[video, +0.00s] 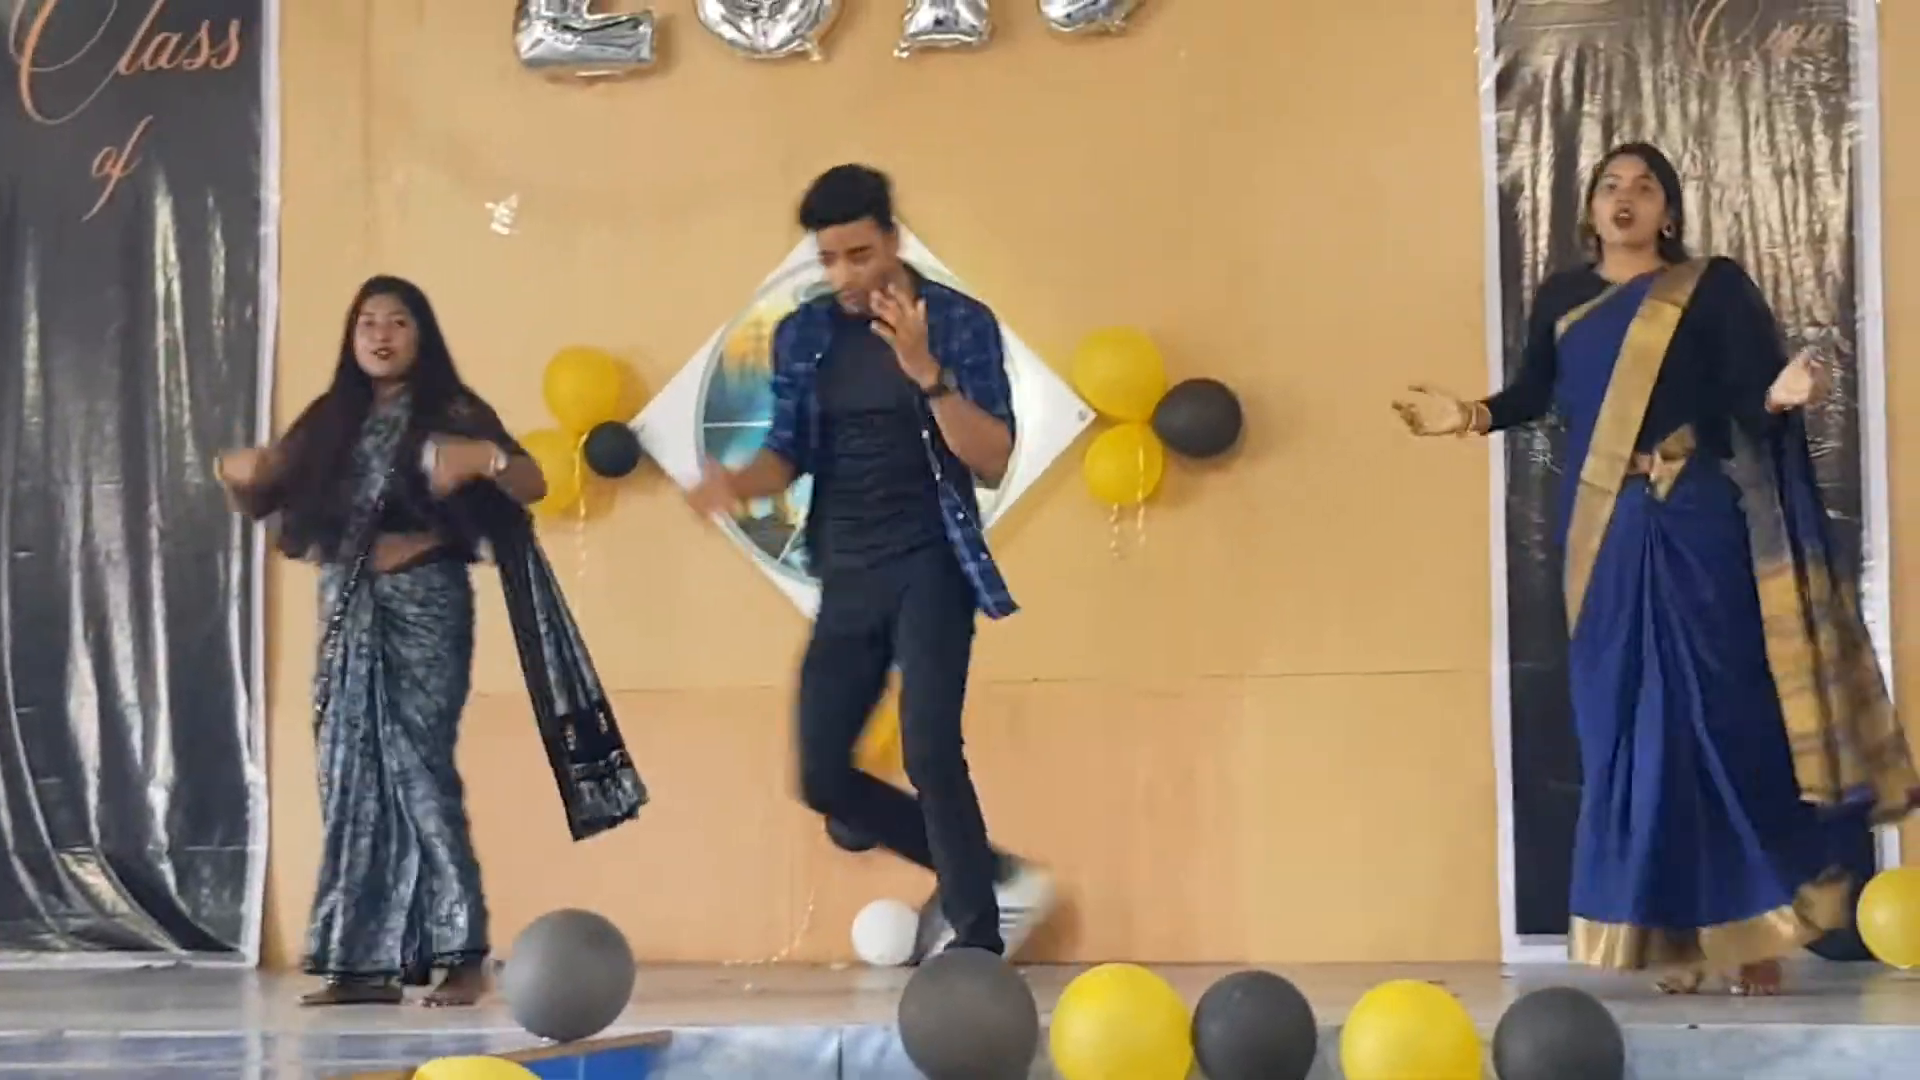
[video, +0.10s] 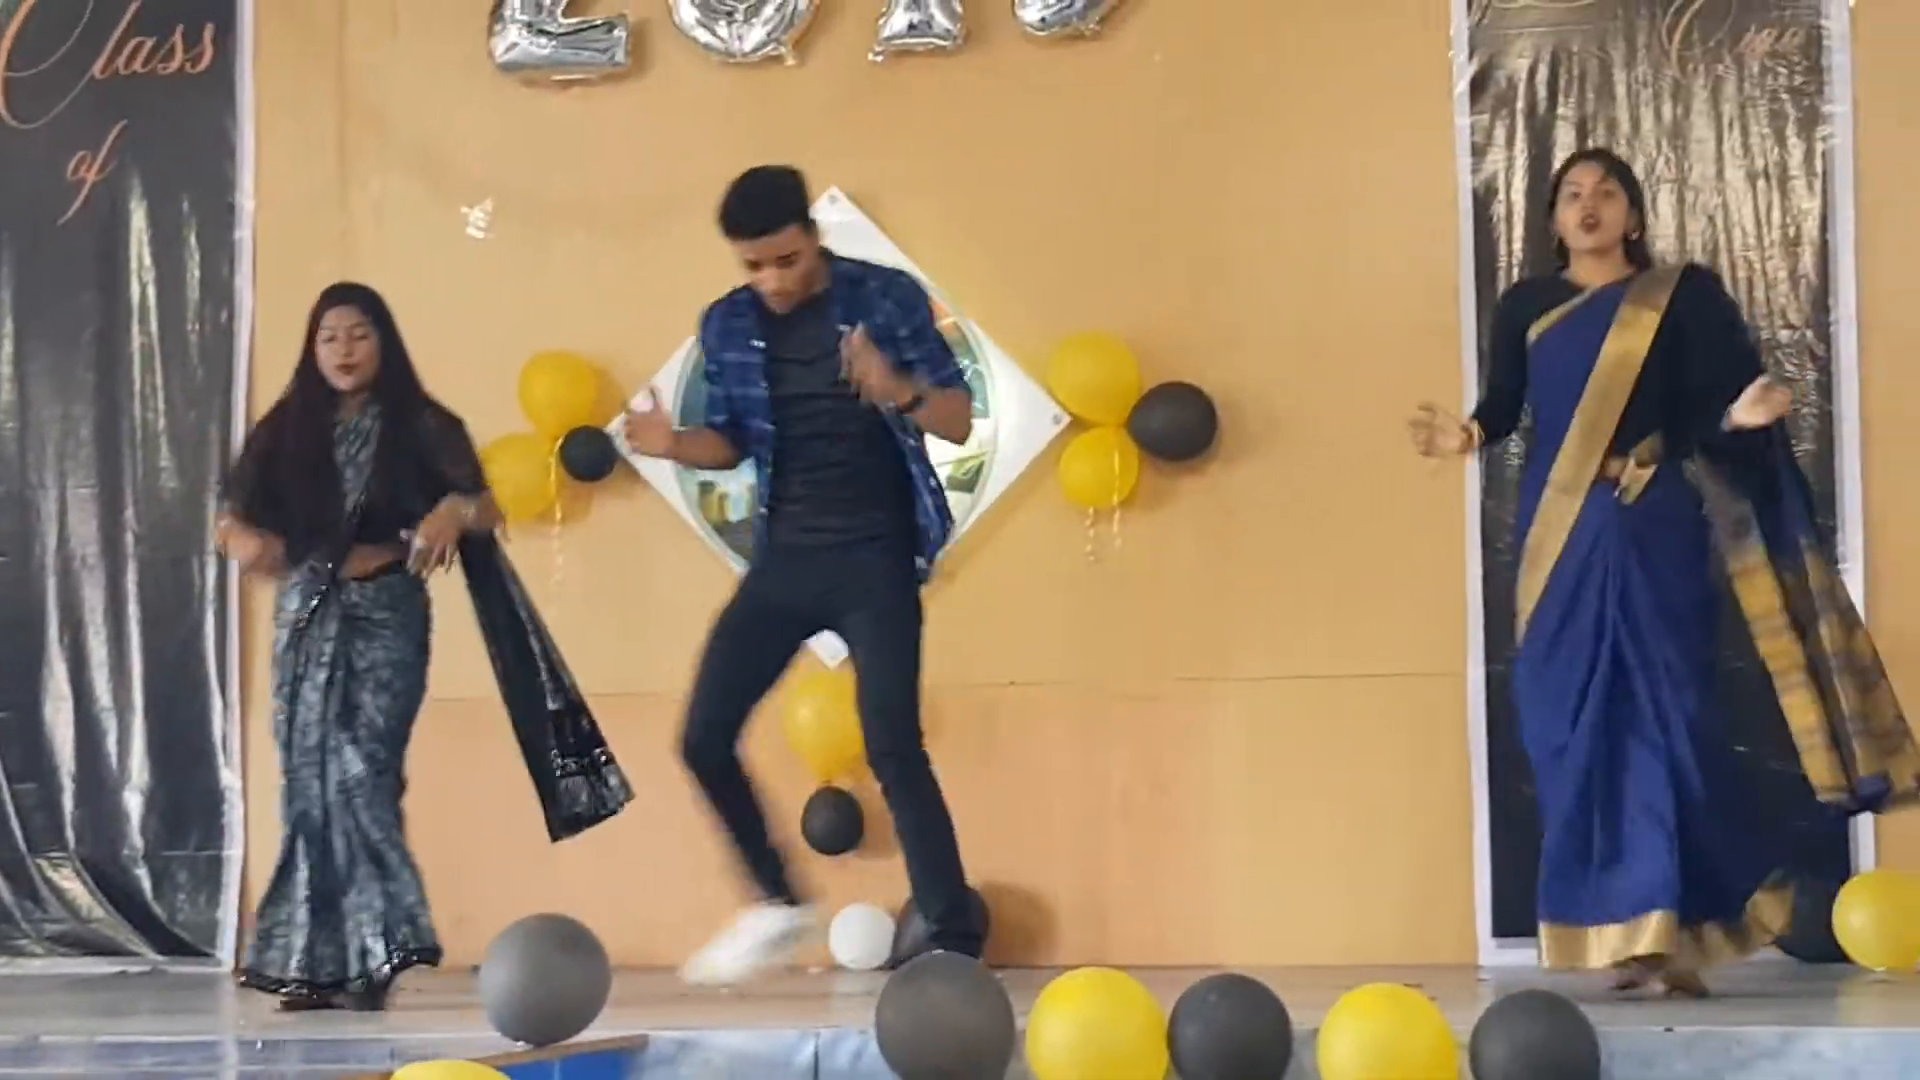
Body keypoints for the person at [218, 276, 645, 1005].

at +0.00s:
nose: (380, 335)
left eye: (396, 324)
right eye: (368, 324)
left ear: (423, 336)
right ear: (351, 336)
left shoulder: (456, 413)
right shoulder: (331, 419)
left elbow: (532, 485)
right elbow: (272, 504)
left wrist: (485, 459)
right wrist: (246, 482)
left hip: (428, 606)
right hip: (349, 609)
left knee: (419, 768)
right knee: (350, 774)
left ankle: (460, 951)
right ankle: (367, 962)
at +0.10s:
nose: (344, 349)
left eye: (358, 335)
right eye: (330, 337)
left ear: (384, 343)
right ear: (312, 348)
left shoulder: (425, 425)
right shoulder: (283, 428)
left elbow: (483, 507)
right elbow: (232, 518)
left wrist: (456, 509)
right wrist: (251, 544)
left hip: (386, 612)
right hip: (305, 613)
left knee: (360, 776)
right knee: (309, 782)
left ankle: (377, 949)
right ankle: (320, 962)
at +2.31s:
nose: (348, 273)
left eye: (362, 259)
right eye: (334, 261)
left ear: (387, 265)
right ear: (317, 272)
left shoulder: (427, 340)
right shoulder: (298, 346)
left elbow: (480, 418)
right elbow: (229, 431)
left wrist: (503, 362)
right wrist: (198, 355)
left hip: (397, 526)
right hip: (311, 527)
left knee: (415, 684)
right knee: (279, 681)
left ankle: (453, 856)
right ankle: (239, 848)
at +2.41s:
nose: (320, 287)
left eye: (333, 273)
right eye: (306, 275)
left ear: (358, 277)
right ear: (288, 283)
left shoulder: (390, 347)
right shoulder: (270, 351)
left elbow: (461, 415)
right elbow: (183, 420)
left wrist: (447, 343)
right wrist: (186, 337)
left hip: (373, 535)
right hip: (290, 538)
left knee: (397, 688)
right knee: (275, 692)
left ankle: (450, 857)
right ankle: (240, 861)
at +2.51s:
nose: (293, 288)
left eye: (307, 274)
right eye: (279, 276)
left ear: (332, 281)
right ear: (262, 286)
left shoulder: (366, 354)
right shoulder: (244, 352)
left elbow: (449, 411)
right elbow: (146, 404)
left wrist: (411, 341)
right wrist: (133, 321)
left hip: (355, 537)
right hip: (270, 541)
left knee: (374, 687)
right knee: (257, 690)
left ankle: (431, 849)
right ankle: (247, 856)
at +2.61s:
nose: (274, 284)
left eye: (288, 270)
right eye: (260, 272)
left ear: (313, 275)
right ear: (243, 281)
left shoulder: (352, 345)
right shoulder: (226, 350)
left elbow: (438, 398)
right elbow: (124, 398)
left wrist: (402, 335)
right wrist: (114, 307)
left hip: (342, 535)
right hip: (256, 538)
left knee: (336, 684)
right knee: (247, 689)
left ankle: (343, 836)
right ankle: (239, 855)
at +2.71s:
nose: (261, 284)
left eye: (275, 271)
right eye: (248, 272)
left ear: (299, 278)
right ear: (230, 282)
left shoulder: (337, 345)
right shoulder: (212, 355)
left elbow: (422, 406)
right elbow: (128, 421)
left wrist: (408, 346)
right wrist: (142, 346)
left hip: (324, 537)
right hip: (239, 540)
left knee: (317, 691)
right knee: (232, 690)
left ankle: (315, 855)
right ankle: (235, 857)